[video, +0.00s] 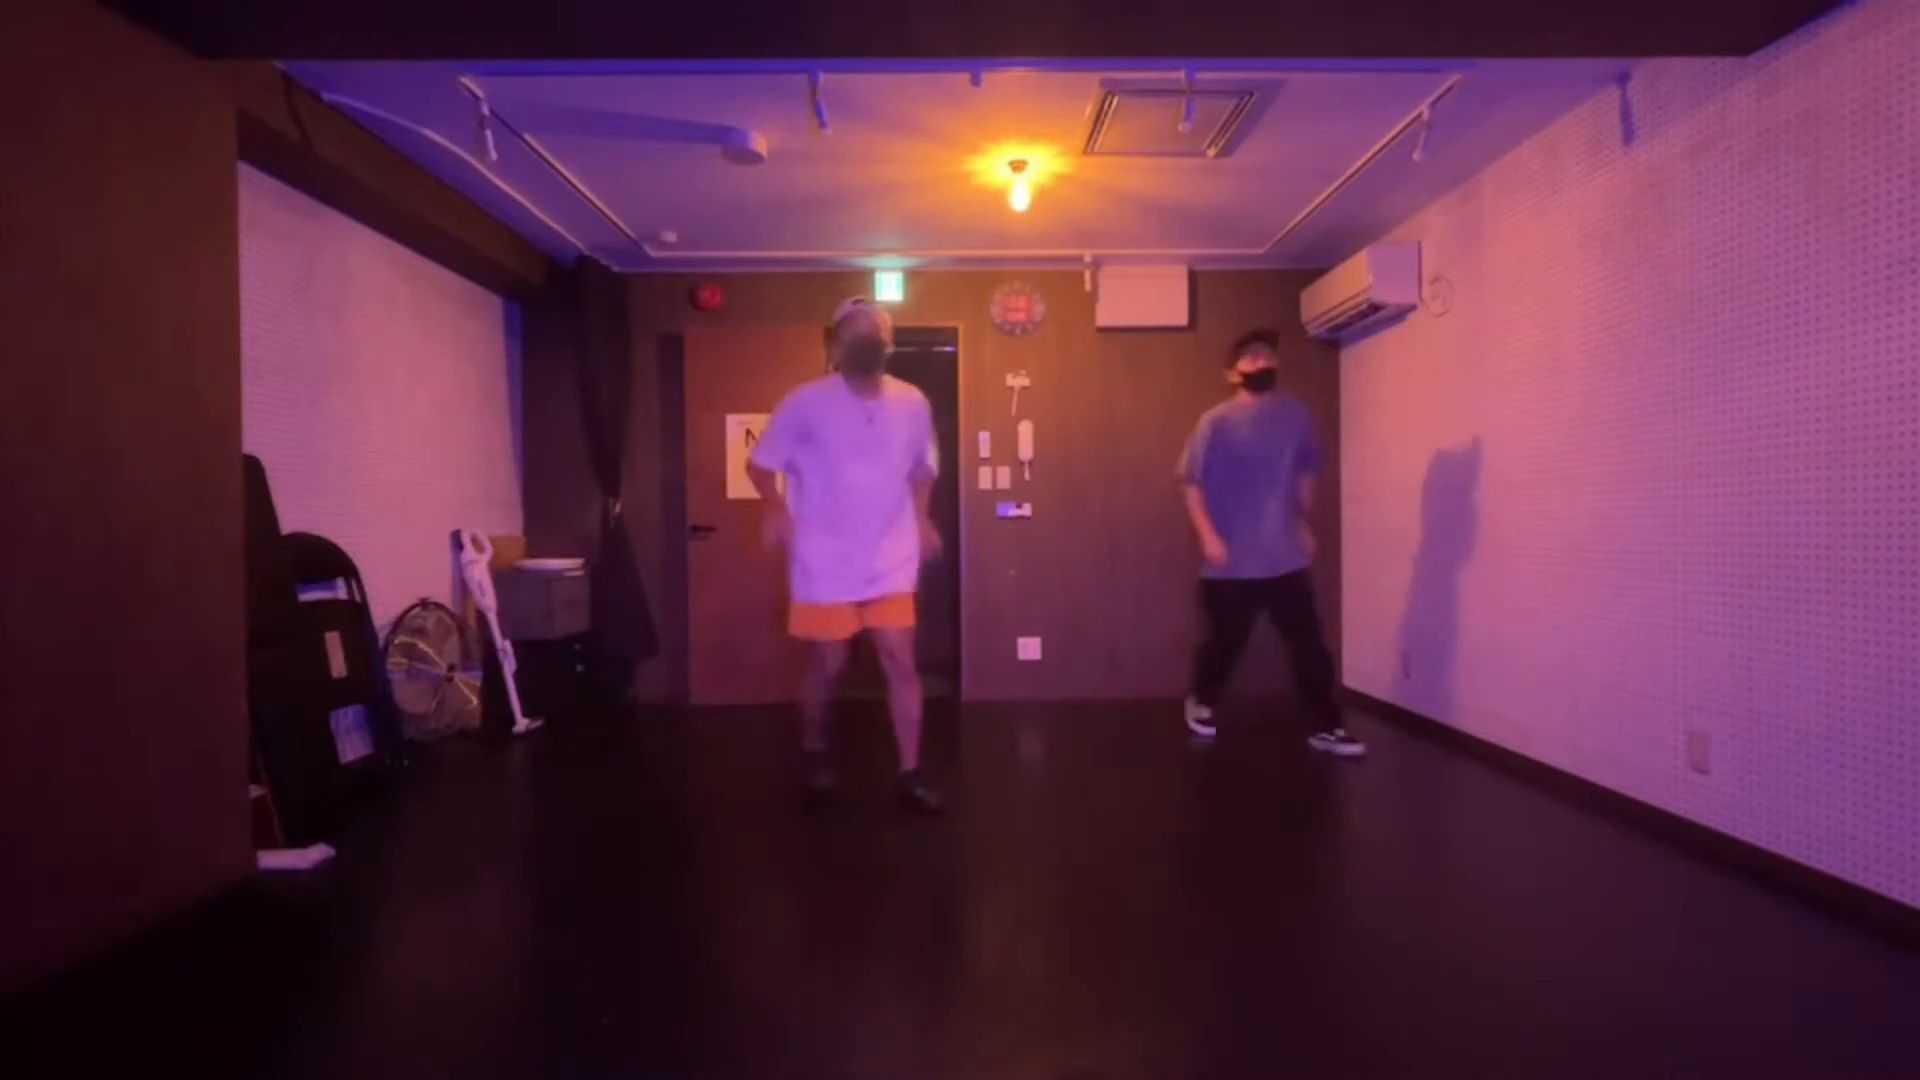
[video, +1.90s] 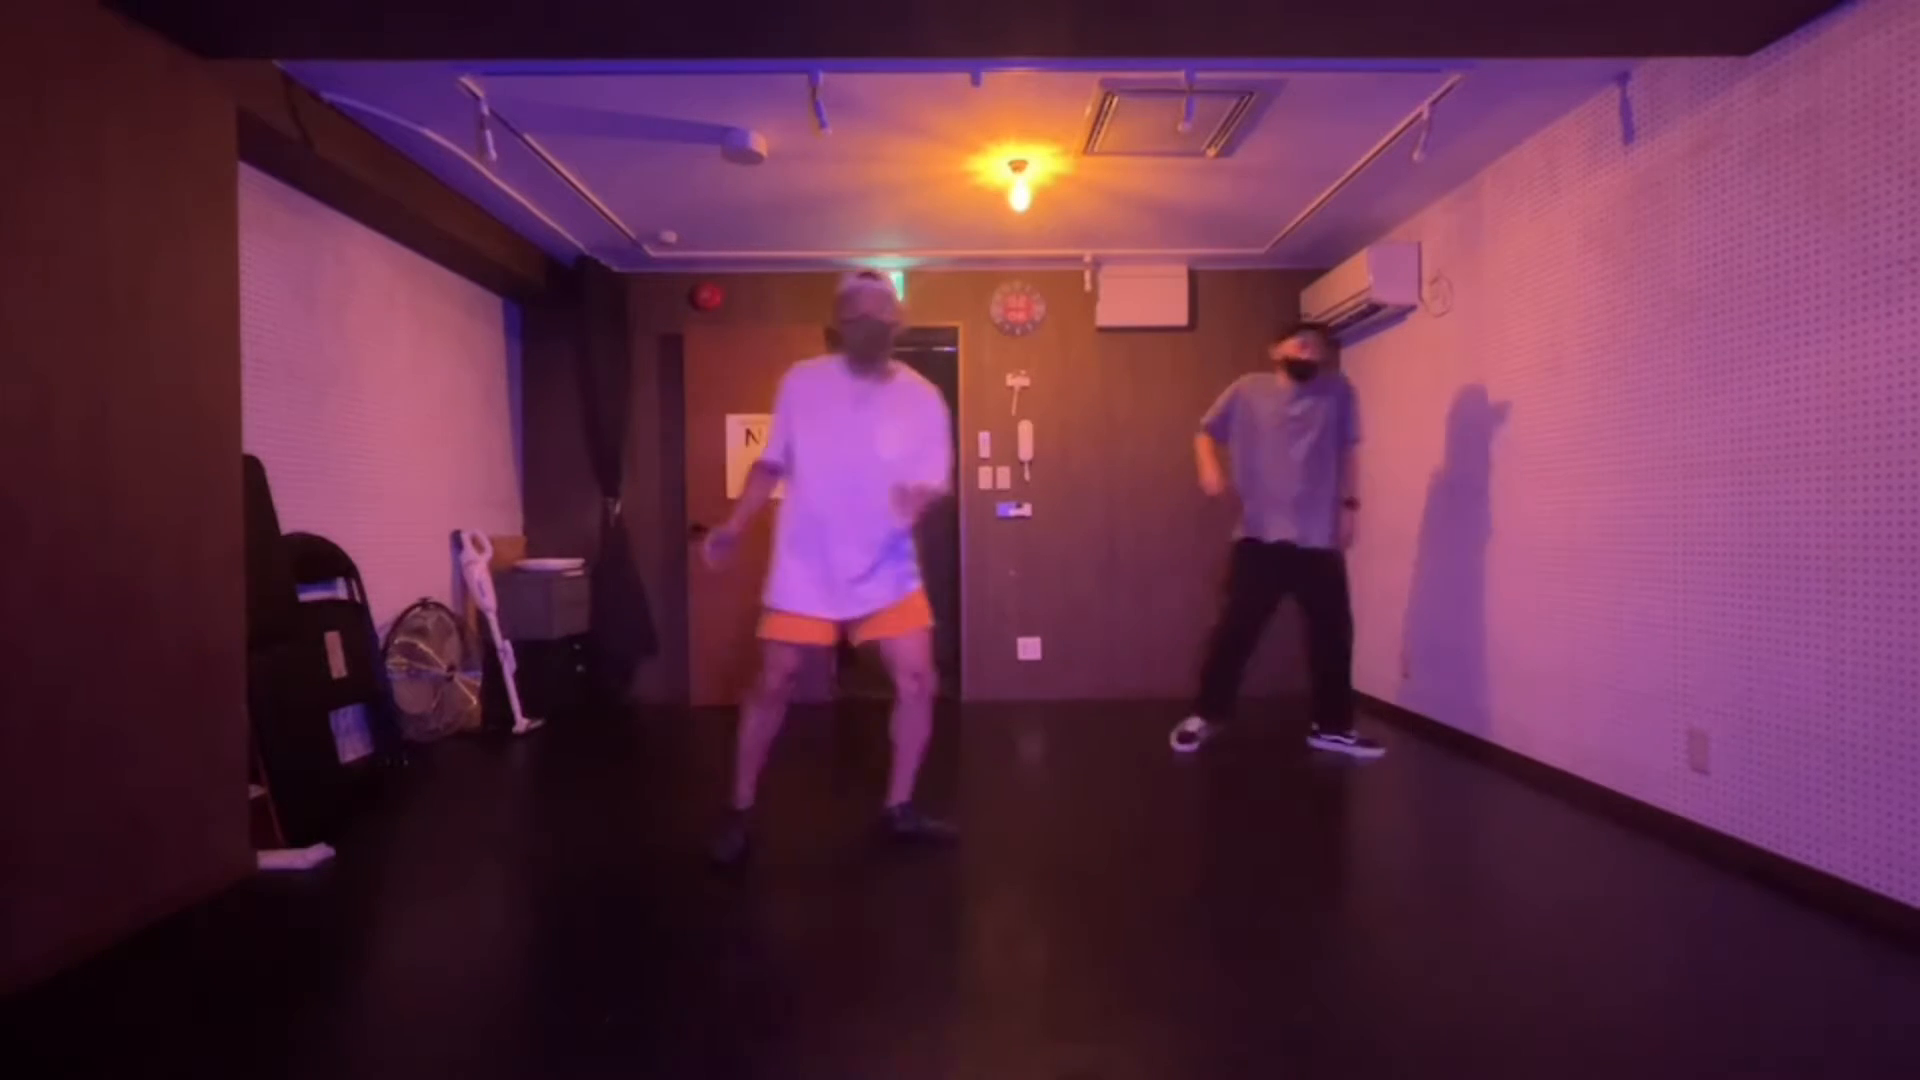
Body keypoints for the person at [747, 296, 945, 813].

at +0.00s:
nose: (869, 348)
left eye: (878, 339)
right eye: (858, 339)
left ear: (891, 346)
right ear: (835, 346)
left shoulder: (911, 404)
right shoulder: (805, 404)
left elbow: (922, 471)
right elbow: (760, 463)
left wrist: (921, 519)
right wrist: (777, 509)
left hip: (890, 558)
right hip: (824, 561)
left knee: (900, 660)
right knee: (828, 663)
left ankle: (910, 771)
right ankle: (814, 755)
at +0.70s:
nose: (814, 340)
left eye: (826, 331)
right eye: (803, 330)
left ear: (842, 339)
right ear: (785, 336)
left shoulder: (873, 393)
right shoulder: (753, 392)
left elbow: (923, 452)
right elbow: (718, 465)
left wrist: (923, 493)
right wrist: (691, 526)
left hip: (854, 564)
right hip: (774, 564)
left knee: (874, 670)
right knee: (761, 677)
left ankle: (903, 761)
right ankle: (758, 806)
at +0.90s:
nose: (759, 394)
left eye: (771, 383)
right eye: (749, 382)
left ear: (791, 387)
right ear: (732, 385)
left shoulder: (822, 422)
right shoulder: (704, 425)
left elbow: (896, 446)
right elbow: (656, 467)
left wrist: (863, 506)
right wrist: (645, 527)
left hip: (808, 588)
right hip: (730, 590)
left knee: (820, 691)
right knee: (727, 697)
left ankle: (811, 791)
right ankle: (728, 808)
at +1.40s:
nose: (735, 357)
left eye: (748, 346)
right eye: (726, 346)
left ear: (777, 350)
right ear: (715, 348)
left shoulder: (819, 404)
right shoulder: (695, 405)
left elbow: (871, 467)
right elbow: (688, 479)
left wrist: (839, 533)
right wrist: (680, 541)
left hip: (791, 574)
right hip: (718, 573)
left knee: (771, 701)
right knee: (721, 692)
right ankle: (733, 809)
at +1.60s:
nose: (770, 373)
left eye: (782, 362)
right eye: (760, 360)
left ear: (802, 366)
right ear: (741, 361)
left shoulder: (832, 415)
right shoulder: (707, 414)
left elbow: (900, 459)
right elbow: (659, 452)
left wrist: (853, 504)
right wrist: (673, 517)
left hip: (811, 578)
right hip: (730, 581)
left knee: (832, 690)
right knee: (724, 696)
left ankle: (754, 684)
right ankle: (735, 815)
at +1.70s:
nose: (811, 325)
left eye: (823, 316)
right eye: (801, 313)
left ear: (839, 328)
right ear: (776, 318)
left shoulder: (864, 393)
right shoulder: (737, 387)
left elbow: (897, 468)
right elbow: (701, 461)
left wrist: (869, 504)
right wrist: (690, 524)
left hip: (832, 565)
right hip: (750, 568)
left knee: (875, 673)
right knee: (743, 687)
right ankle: (736, 809)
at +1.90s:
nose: (869, 331)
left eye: (880, 321)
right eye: (858, 321)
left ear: (896, 325)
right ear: (837, 326)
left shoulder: (922, 397)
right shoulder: (803, 383)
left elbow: (936, 483)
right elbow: (771, 464)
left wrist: (916, 501)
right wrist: (735, 525)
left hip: (886, 569)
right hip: (806, 570)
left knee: (918, 682)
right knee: (774, 681)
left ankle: (899, 807)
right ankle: (741, 808)